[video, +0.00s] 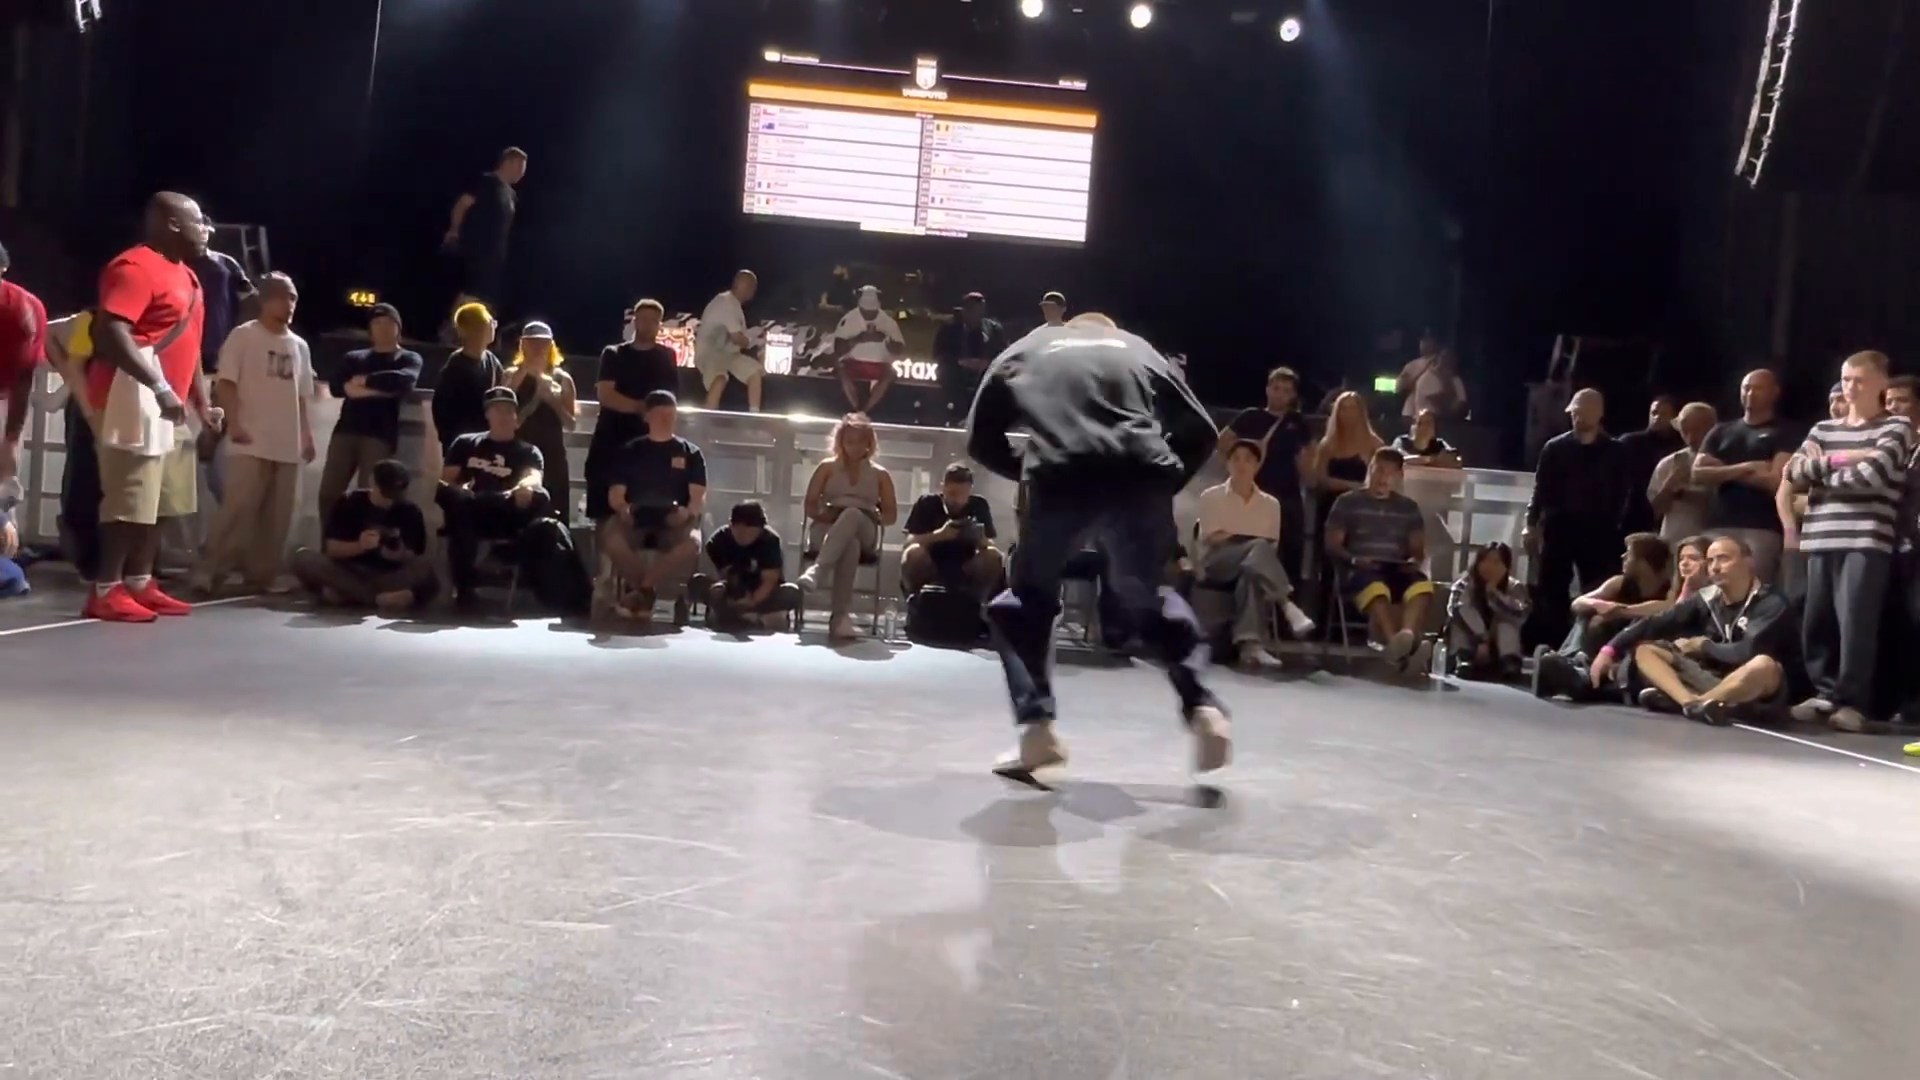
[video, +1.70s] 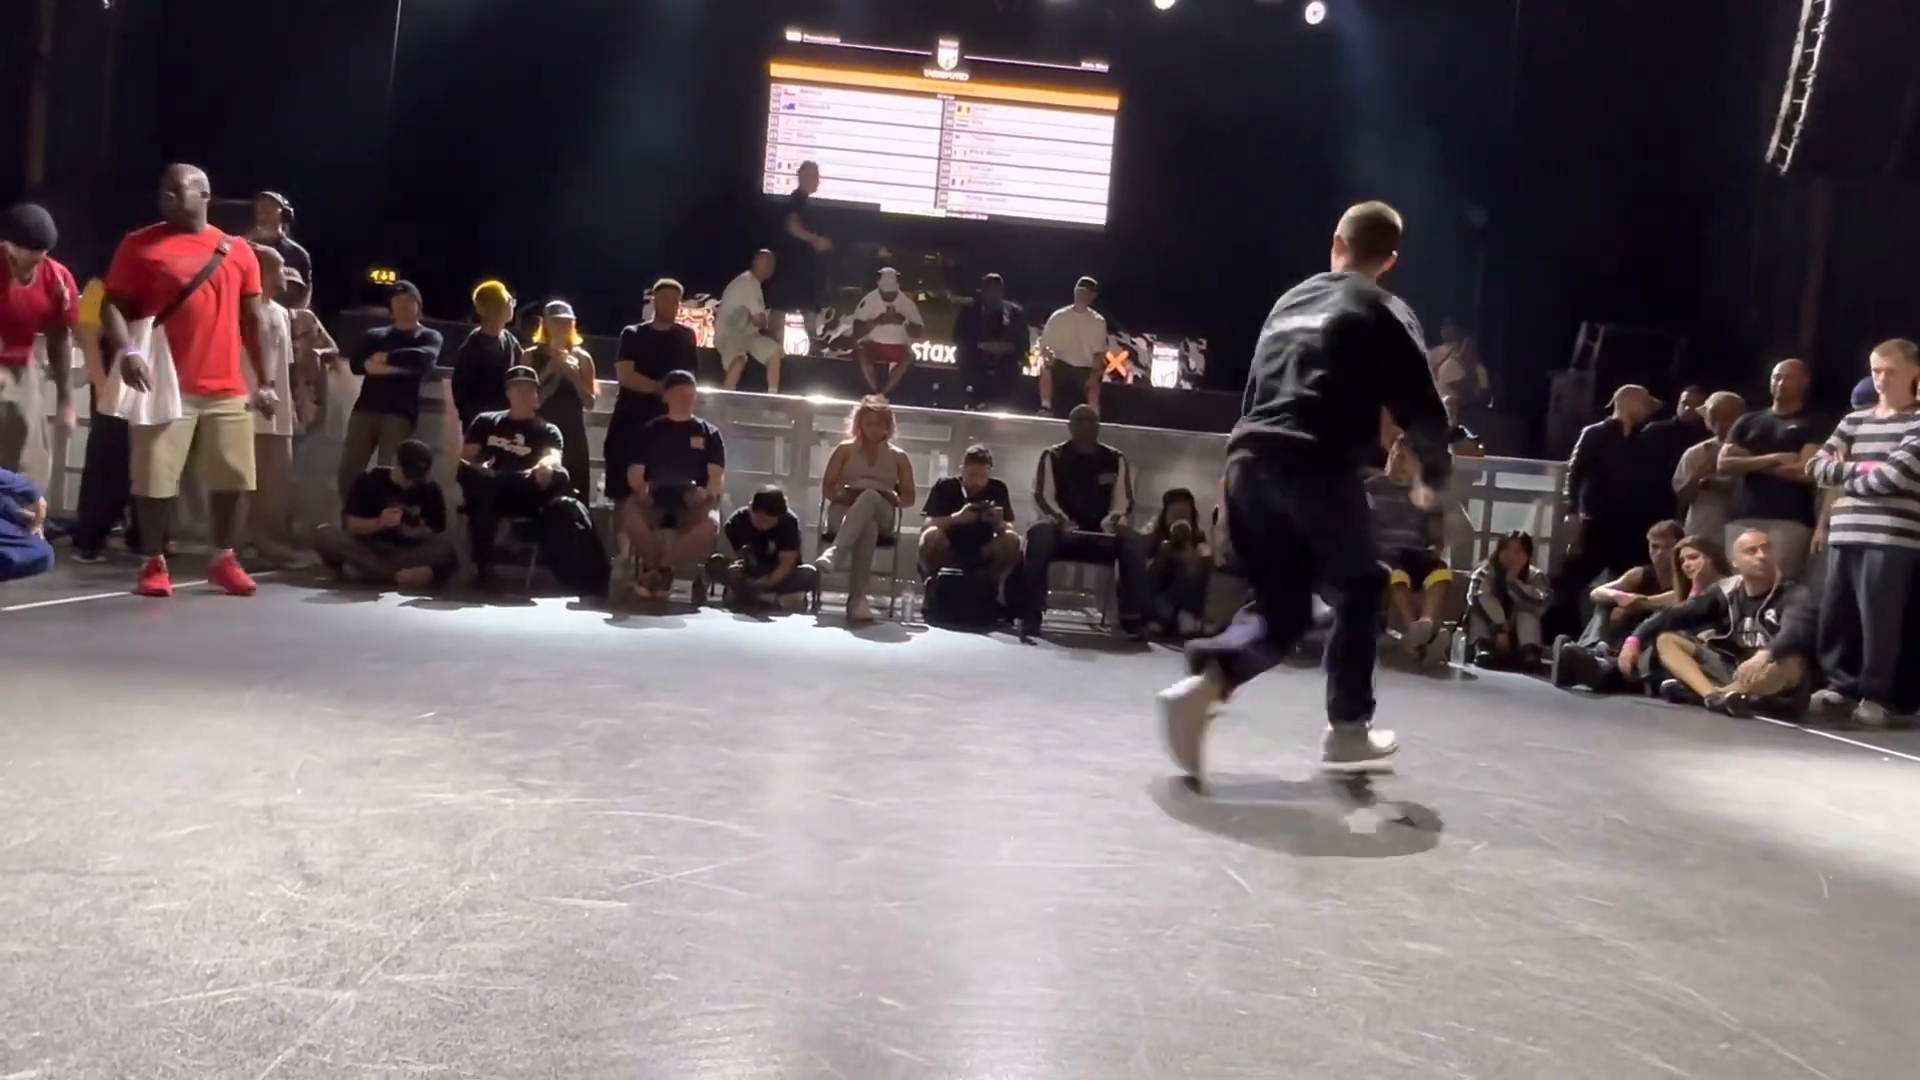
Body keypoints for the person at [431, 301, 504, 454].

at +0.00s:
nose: (495, 324)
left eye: (492, 320)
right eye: (490, 321)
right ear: (476, 330)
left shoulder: (492, 362)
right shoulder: (453, 369)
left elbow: (497, 400)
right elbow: (440, 406)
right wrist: (449, 440)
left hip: (487, 441)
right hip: (458, 444)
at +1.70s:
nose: (513, 303)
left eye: (511, 299)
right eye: (508, 300)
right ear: (495, 307)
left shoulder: (511, 342)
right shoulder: (472, 347)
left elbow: (517, 378)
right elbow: (459, 382)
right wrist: (468, 416)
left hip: (505, 416)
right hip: (477, 419)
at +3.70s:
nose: (510, 310)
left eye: (512, 304)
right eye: (504, 304)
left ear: (514, 308)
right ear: (485, 306)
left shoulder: (516, 341)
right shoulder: (465, 342)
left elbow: (524, 379)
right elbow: (451, 380)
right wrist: (464, 414)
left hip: (508, 415)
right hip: (472, 415)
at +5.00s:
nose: (484, 319)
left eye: (491, 314)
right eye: (481, 313)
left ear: (503, 320)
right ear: (475, 315)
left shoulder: (511, 352)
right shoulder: (455, 346)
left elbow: (514, 391)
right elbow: (445, 383)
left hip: (494, 426)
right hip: (457, 423)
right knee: (452, 487)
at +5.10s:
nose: (481, 323)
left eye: (487, 318)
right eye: (478, 317)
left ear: (499, 322)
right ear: (471, 317)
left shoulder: (510, 354)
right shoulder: (453, 348)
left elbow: (512, 395)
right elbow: (443, 387)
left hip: (493, 432)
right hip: (455, 429)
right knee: (452, 492)